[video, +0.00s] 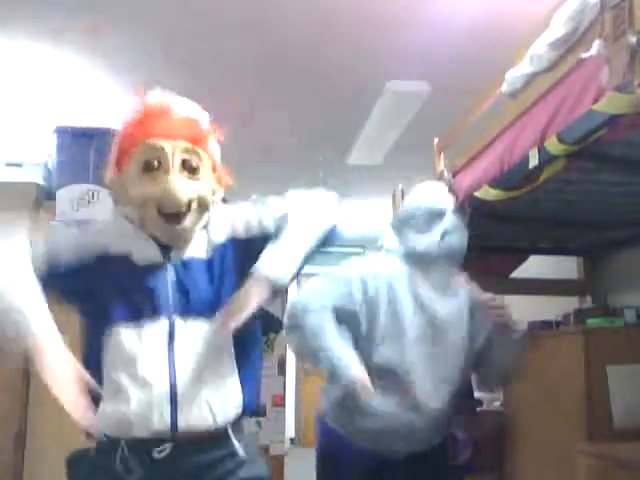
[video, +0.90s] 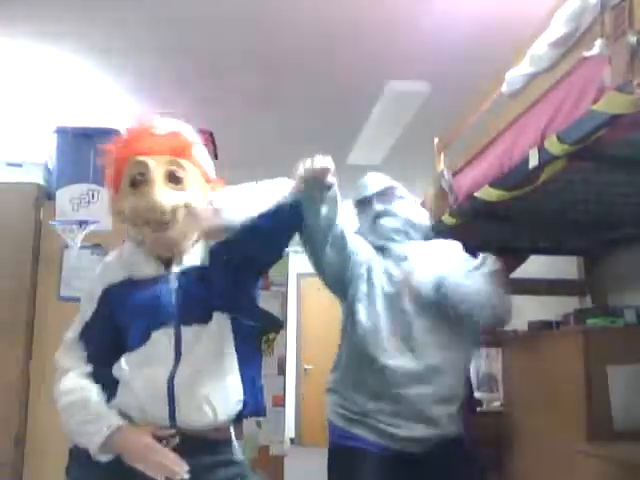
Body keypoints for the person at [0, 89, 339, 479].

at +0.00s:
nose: (173, 189)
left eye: (190, 166)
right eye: (150, 166)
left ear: (216, 183)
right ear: (118, 185)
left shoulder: (234, 236)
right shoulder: (95, 250)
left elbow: (319, 205)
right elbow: (13, 253)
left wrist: (264, 281)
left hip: (219, 458)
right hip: (119, 459)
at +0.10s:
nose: (172, 194)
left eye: (189, 173)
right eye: (151, 173)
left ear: (212, 184)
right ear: (122, 187)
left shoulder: (237, 237)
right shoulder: (105, 249)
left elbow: (321, 221)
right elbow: (15, 285)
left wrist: (254, 287)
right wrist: (63, 374)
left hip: (217, 459)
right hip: (119, 460)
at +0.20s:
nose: (168, 200)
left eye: (186, 178)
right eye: (148, 179)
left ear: (215, 193)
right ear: (123, 196)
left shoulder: (238, 243)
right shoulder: (109, 260)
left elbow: (323, 233)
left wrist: (241, 286)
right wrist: (96, 414)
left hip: (223, 459)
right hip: (129, 459)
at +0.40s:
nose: (171, 212)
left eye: (188, 189)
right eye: (150, 190)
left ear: (218, 198)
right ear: (127, 203)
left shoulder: (242, 252)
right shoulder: (116, 266)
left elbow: (324, 220)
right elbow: (61, 363)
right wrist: (116, 428)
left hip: (221, 452)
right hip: (125, 452)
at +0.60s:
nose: (167, 197)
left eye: (184, 181)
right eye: (148, 182)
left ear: (217, 191)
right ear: (127, 196)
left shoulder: (241, 250)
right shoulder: (114, 258)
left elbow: (320, 207)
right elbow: (73, 354)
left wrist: (232, 207)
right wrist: (121, 415)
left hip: (222, 444)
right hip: (125, 442)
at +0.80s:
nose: (169, 203)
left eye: (187, 182)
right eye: (150, 184)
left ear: (221, 192)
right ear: (130, 200)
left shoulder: (233, 255)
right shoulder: (119, 269)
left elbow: (280, 203)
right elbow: (78, 359)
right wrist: (117, 420)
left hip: (218, 453)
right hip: (126, 455)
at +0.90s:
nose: (156, 199)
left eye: (175, 178)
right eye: (137, 181)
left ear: (209, 197)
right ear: (119, 203)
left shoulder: (229, 263)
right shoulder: (112, 280)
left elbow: (279, 223)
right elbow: (71, 376)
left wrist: (308, 192)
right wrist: (119, 437)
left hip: (212, 455)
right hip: (116, 458)